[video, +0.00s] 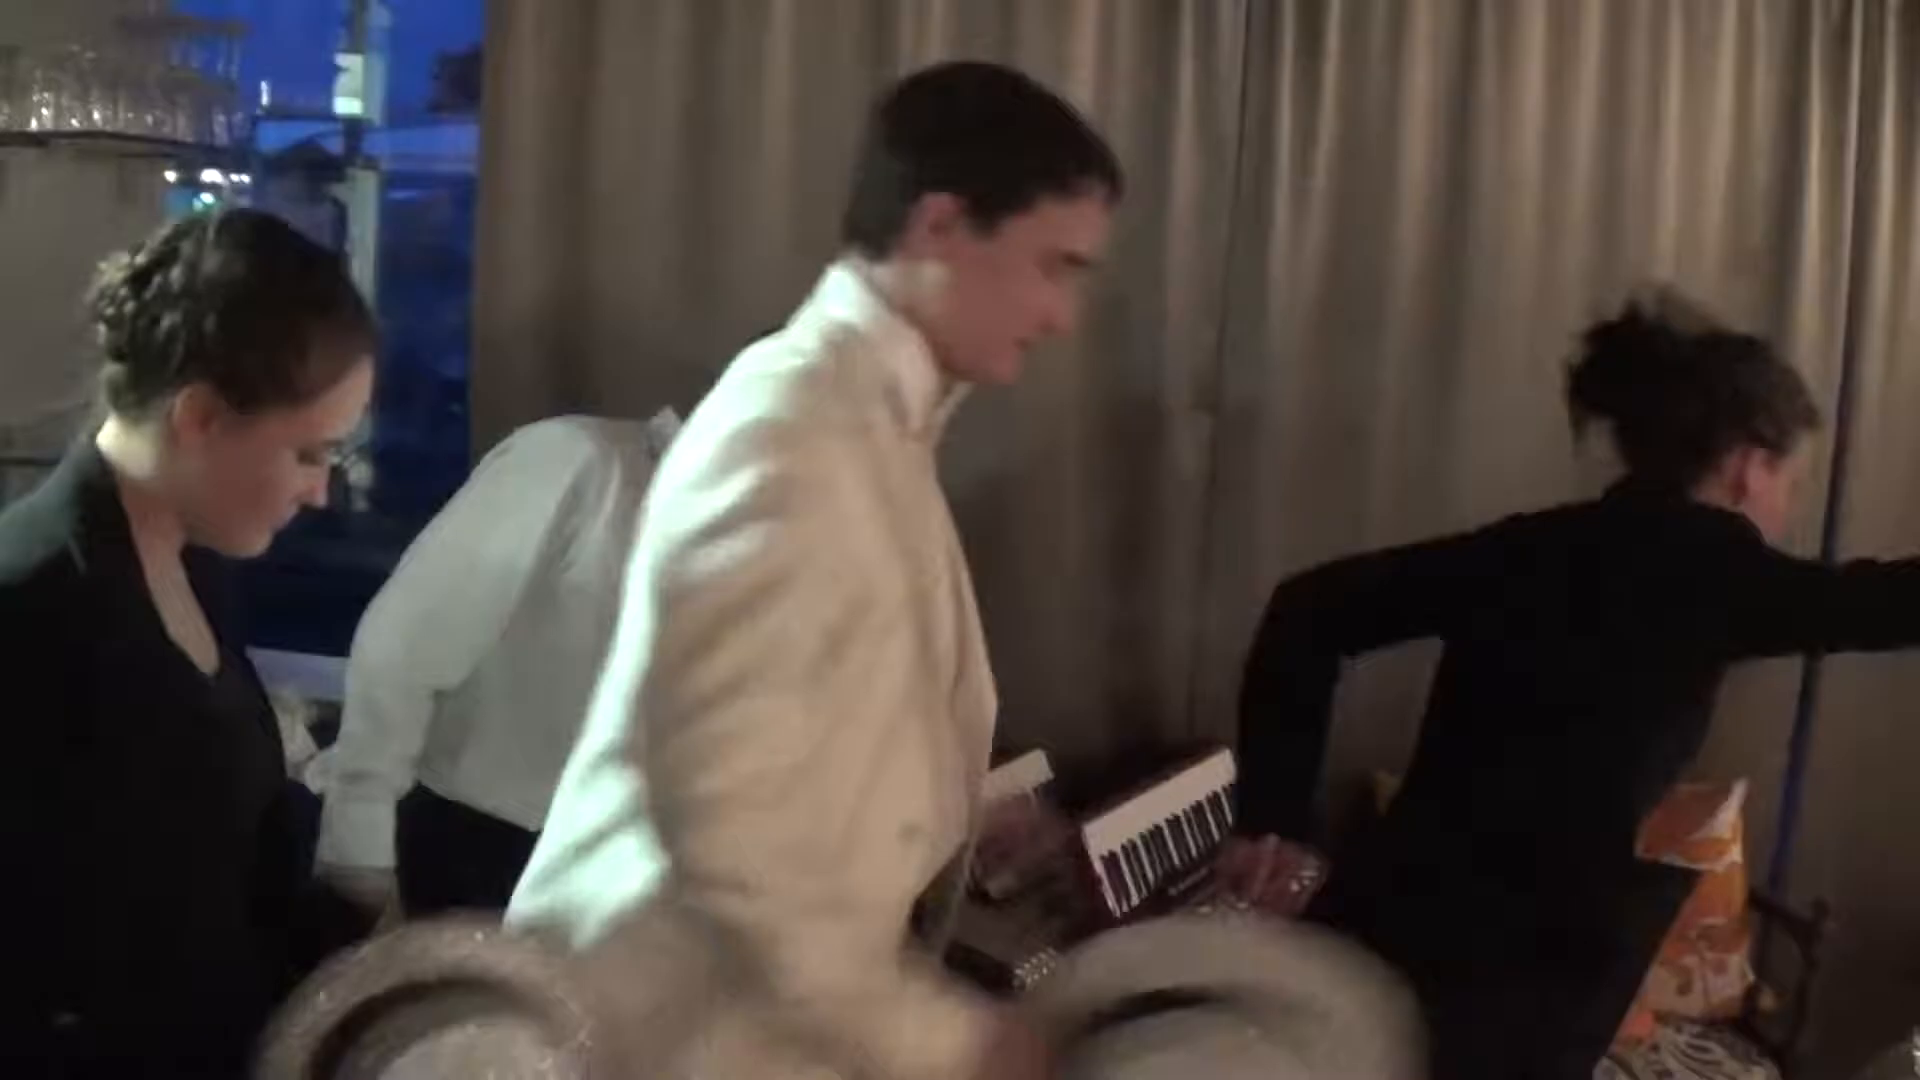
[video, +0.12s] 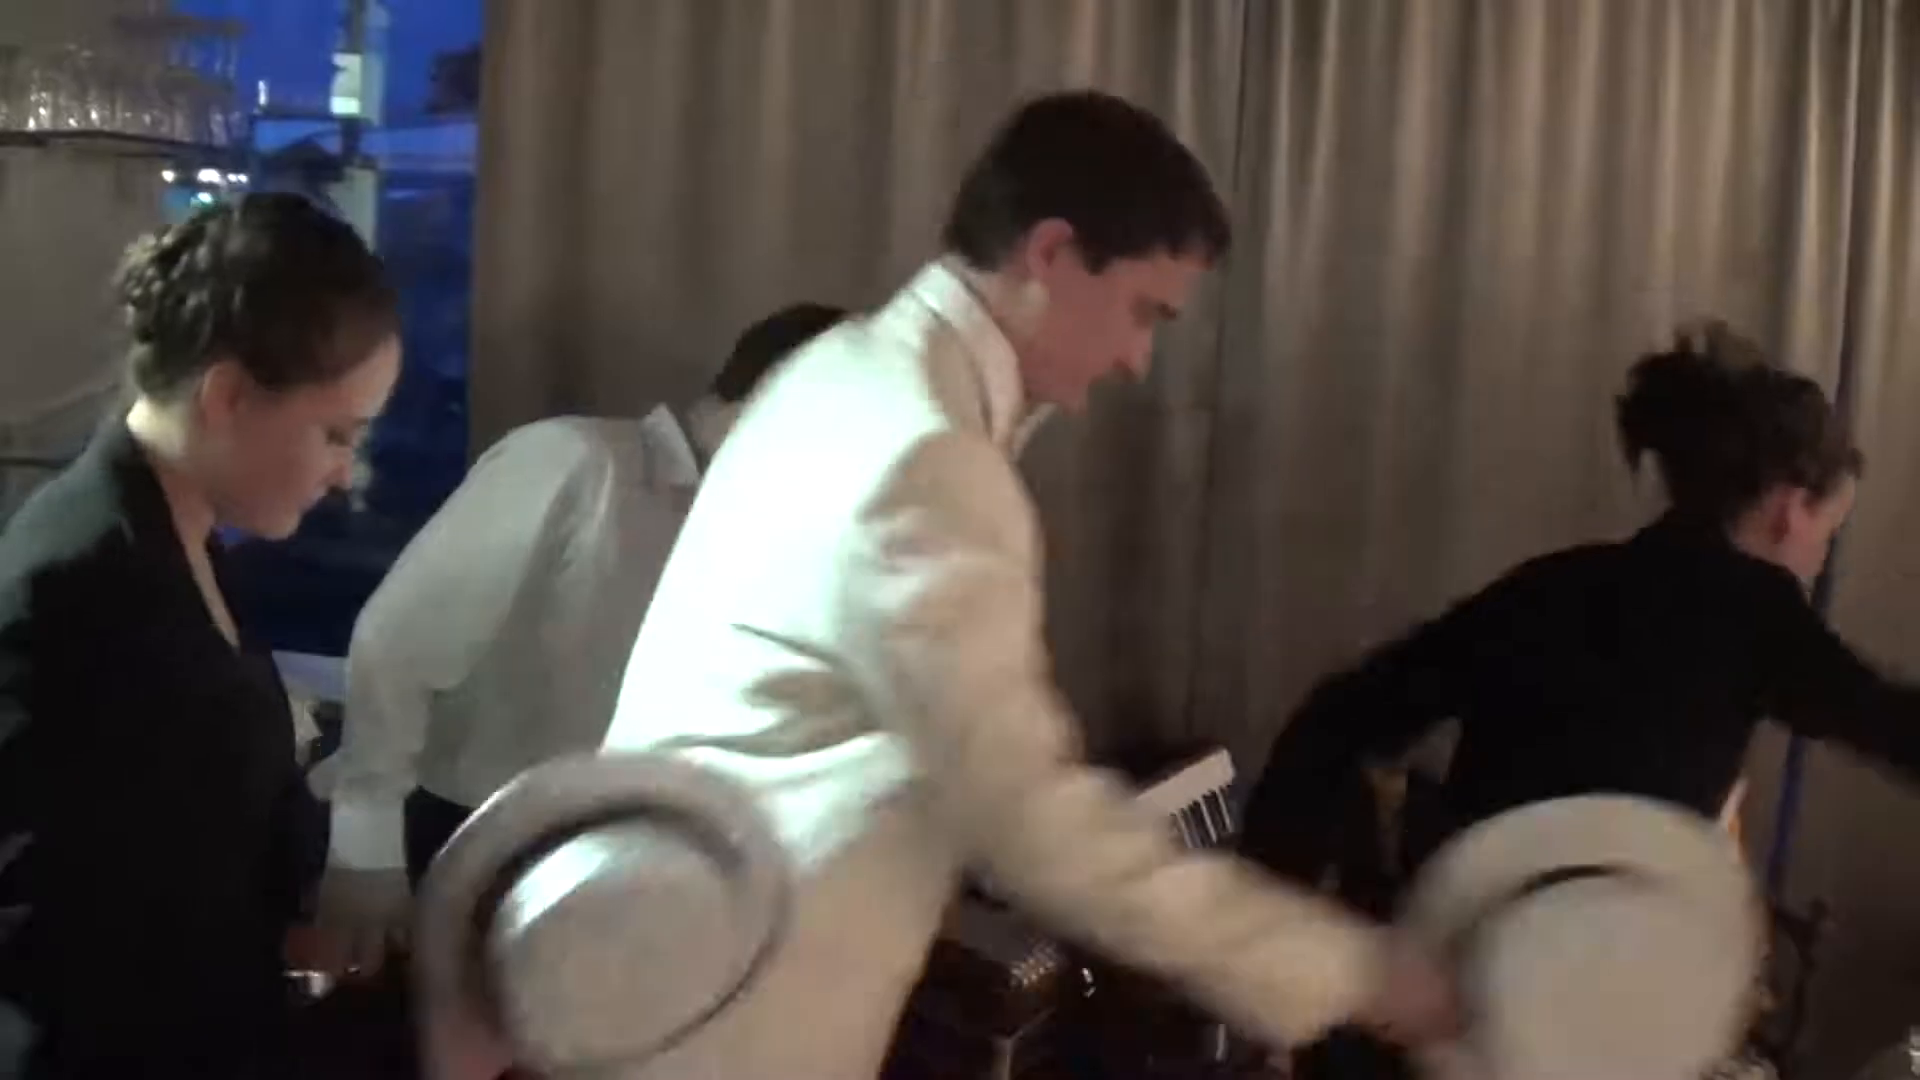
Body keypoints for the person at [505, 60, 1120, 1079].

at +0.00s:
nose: (1066, 317)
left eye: (1077, 276)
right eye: (1059, 267)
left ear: (936, 232)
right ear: (939, 227)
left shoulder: (869, 413)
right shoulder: (797, 421)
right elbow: (738, 808)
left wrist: (967, 829)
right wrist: (948, 1041)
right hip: (660, 1020)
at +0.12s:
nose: (1136, 362)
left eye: (1158, 326)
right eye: (1141, 313)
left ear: (1046, 257)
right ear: (1049, 256)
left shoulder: (833, 379)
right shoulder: (919, 454)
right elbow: (1028, 810)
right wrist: (1348, 973)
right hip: (730, 1025)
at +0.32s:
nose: (1221, 431)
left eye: (1240, 395)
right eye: (1225, 384)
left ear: (1129, 330)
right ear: (1137, 330)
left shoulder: (892, 431)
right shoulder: (1022, 526)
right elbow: (1023, 877)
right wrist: (1269, 1067)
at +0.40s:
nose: (1232, 431)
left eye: (1250, 396)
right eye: (1237, 385)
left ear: (1136, 337)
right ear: (1149, 338)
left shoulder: (909, 428)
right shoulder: (1011, 546)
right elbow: (949, 917)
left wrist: (1035, 830)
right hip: (755, 1024)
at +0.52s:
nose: (1235, 367)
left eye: (1245, 332)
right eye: (1230, 325)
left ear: (1123, 306)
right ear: (1130, 308)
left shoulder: (926, 425)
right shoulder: (1003, 535)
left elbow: (1036, 633)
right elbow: (826, 867)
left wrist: (1227, 658)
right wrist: (808, 1068)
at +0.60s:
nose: (1215, 332)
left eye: (1217, 293)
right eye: (1202, 289)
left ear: (1093, 292)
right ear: (1097, 290)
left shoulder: (933, 428)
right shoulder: (997, 519)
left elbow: (1051, 626)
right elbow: (795, 828)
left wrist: (1260, 625)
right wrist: (770, 1064)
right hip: (853, 1049)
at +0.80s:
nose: (1194, 313)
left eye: (1191, 275)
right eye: (1177, 272)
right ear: (1080, 285)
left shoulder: (899, 463)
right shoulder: (1031, 536)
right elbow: (1090, 921)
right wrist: (1200, 1058)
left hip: (842, 1029)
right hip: (979, 1050)